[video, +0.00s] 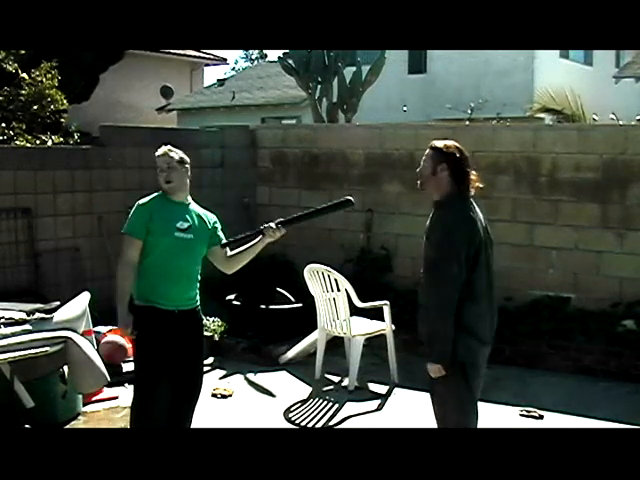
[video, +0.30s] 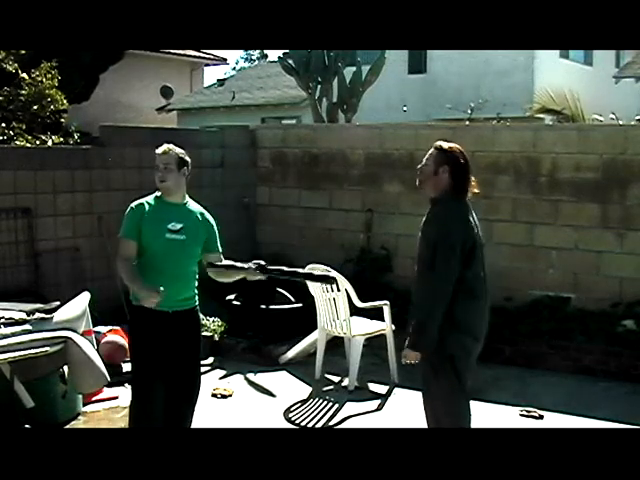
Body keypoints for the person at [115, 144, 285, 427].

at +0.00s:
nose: (165, 174)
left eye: (171, 168)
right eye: (160, 170)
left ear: (187, 172)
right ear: (156, 175)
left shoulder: (206, 220)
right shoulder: (146, 210)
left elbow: (228, 264)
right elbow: (128, 261)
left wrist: (263, 240)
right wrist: (123, 313)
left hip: (188, 318)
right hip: (151, 317)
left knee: (186, 395)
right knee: (151, 394)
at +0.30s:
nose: (159, 173)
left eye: (166, 168)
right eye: (157, 168)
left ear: (184, 173)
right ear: (154, 172)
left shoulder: (202, 219)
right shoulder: (139, 211)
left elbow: (215, 268)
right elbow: (124, 260)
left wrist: (244, 272)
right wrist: (140, 288)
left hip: (185, 317)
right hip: (146, 316)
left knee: (184, 390)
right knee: (148, 390)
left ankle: (177, 429)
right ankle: (145, 432)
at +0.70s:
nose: (180, 171)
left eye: (183, 166)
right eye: (172, 166)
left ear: (187, 171)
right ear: (156, 173)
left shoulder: (196, 218)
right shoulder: (135, 213)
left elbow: (203, 269)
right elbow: (120, 267)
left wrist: (231, 263)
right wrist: (105, 317)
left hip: (182, 319)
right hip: (143, 319)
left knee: (181, 399)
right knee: (145, 400)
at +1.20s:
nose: (189, 174)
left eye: (188, 168)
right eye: (183, 168)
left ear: (170, 174)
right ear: (163, 172)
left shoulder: (190, 216)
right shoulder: (130, 211)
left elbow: (206, 266)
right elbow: (116, 267)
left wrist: (238, 295)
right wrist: (122, 320)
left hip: (180, 320)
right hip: (142, 320)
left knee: (180, 400)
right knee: (143, 402)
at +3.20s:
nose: (205, 174)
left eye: (203, 168)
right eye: (199, 168)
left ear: (185, 175)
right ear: (180, 174)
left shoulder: (205, 219)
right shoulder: (146, 213)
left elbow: (216, 267)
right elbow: (131, 268)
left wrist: (251, 276)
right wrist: (129, 320)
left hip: (192, 320)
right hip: (156, 318)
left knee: (186, 398)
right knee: (153, 399)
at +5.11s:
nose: (195, 172)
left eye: (194, 166)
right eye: (188, 167)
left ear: (176, 174)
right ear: (169, 173)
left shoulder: (194, 219)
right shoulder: (138, 210)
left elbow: (209, 267)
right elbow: (122, 266)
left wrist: (245, 249)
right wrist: (120, 316)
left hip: (184, 319)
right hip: (148, 318)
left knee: (184, 393)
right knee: (149, 395)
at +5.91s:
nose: (195, 172)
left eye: (193, 166)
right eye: (189, 167)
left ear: (175, 173)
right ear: (169, 173)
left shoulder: (196, 216)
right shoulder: (139, 212)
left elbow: (204, 266)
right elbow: (125, 269)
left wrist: (246, 273)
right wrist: (127, 319)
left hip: (187, 318)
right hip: (151, 318)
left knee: (185, 391)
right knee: (151, 394)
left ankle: (177, 429)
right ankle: (147, 432)